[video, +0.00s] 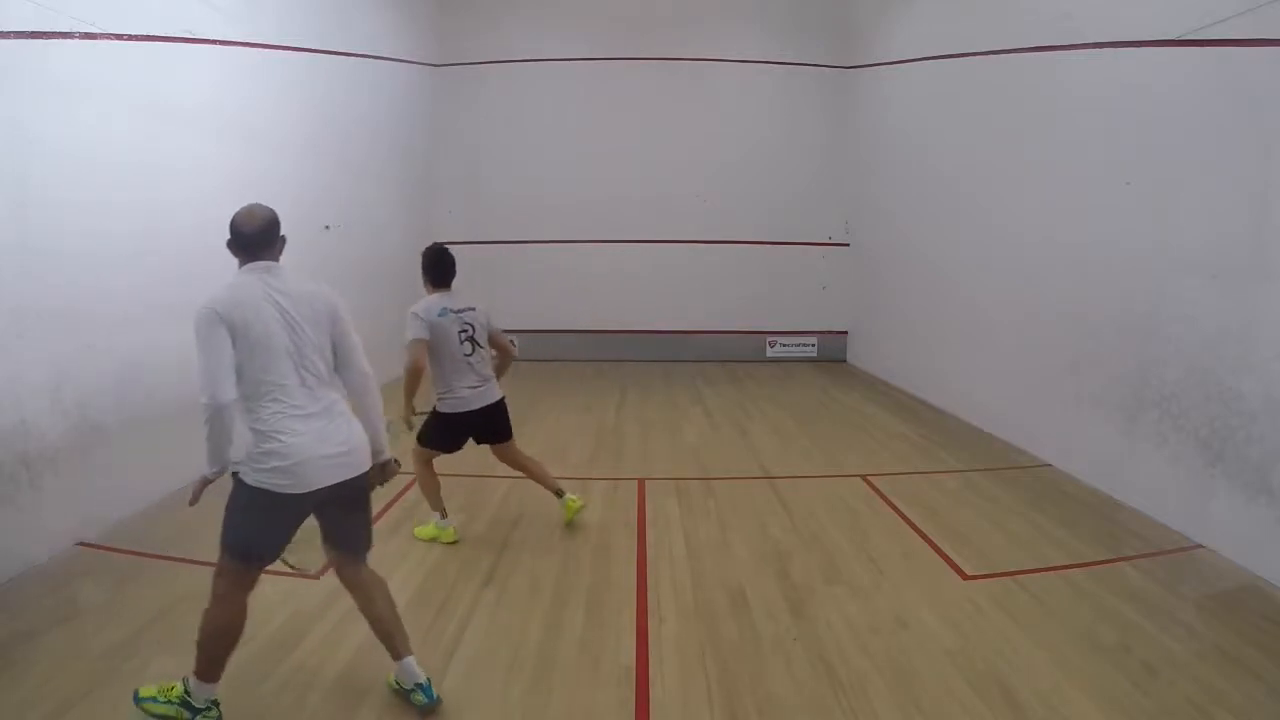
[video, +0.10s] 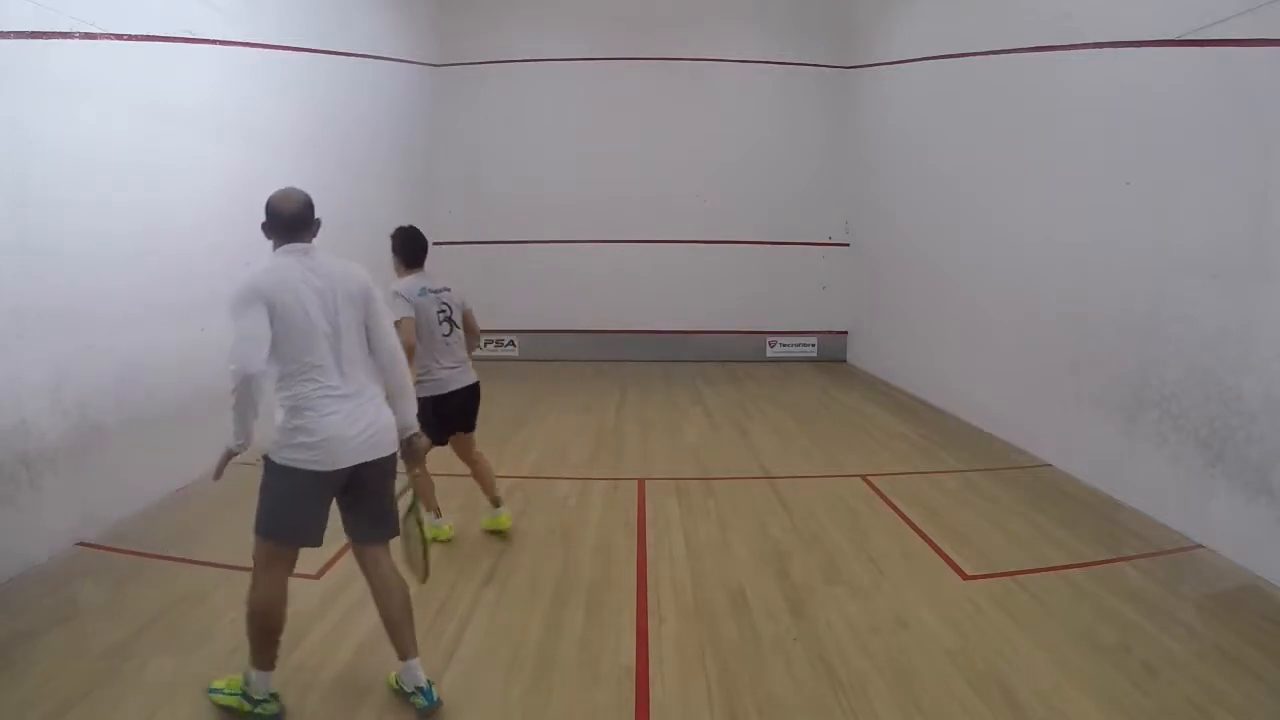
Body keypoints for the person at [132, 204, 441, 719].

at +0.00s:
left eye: (231, 242)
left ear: (230, 249)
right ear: (281, 244)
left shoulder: (220, 308)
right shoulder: (322, 297)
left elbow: (221, 399)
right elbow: (361, 378)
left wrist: (215, 465)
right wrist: (380, 448)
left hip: (275, 472)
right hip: (347, 460)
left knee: (231, 586)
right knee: (353, 563)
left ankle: (200, 695)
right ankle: (413, 676)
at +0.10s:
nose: (266, 232)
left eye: (265, 226)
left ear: (266, 232)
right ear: (316, 227)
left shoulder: (257, 286)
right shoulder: (357, 277)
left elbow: (247, 370)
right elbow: (392, 358)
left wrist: (241, 437)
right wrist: (409, 426)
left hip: (303, 451)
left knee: (272, 564)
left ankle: (259, 686)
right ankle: (415, 677)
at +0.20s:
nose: (298, 217)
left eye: (294, 210)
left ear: (293, 212)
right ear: (343, 208)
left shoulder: (281, 262)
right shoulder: (381, 256)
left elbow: (269, 338)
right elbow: (423, 335)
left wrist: (268, 414)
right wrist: (450, 402)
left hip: (326, 429)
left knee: (319, 541)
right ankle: (421, 654)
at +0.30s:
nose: (319, 221)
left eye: (318, 213)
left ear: (321, 215)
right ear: (368, 214)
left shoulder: (304, 263)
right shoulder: (405, 261)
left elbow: (290, 339)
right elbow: (450, 336)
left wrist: (288, 413)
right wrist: (486, 399)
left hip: (351, 434)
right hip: (415, 422)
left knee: (366, 543)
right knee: (406, 509)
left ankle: (418, 665)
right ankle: (452, 615)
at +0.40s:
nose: (339, 237)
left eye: (340, 231)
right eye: (344, 230)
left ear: (346, 233)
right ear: (388, 232)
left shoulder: (328, 280)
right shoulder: (425, 282)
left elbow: (314, 358)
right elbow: (466, 354)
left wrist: (305, 432)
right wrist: (505, 413)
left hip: (373, 443)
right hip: (434, 433)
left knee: (388, 556)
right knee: (438, 505)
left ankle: (427, 674)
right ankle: (493, 593)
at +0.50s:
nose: (358, 243)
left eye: (360, 235)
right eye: (360, 235)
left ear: (372, 235)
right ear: (405, 233)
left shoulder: (357, 280)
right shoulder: (447, 279)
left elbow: (350, 355)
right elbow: (476, 354)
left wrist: (335, 435)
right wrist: (500, 415)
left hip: (398, 438)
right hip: (455, 427)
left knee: (400, 547)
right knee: (472, 499)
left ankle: (429, 667)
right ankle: (510, 583)